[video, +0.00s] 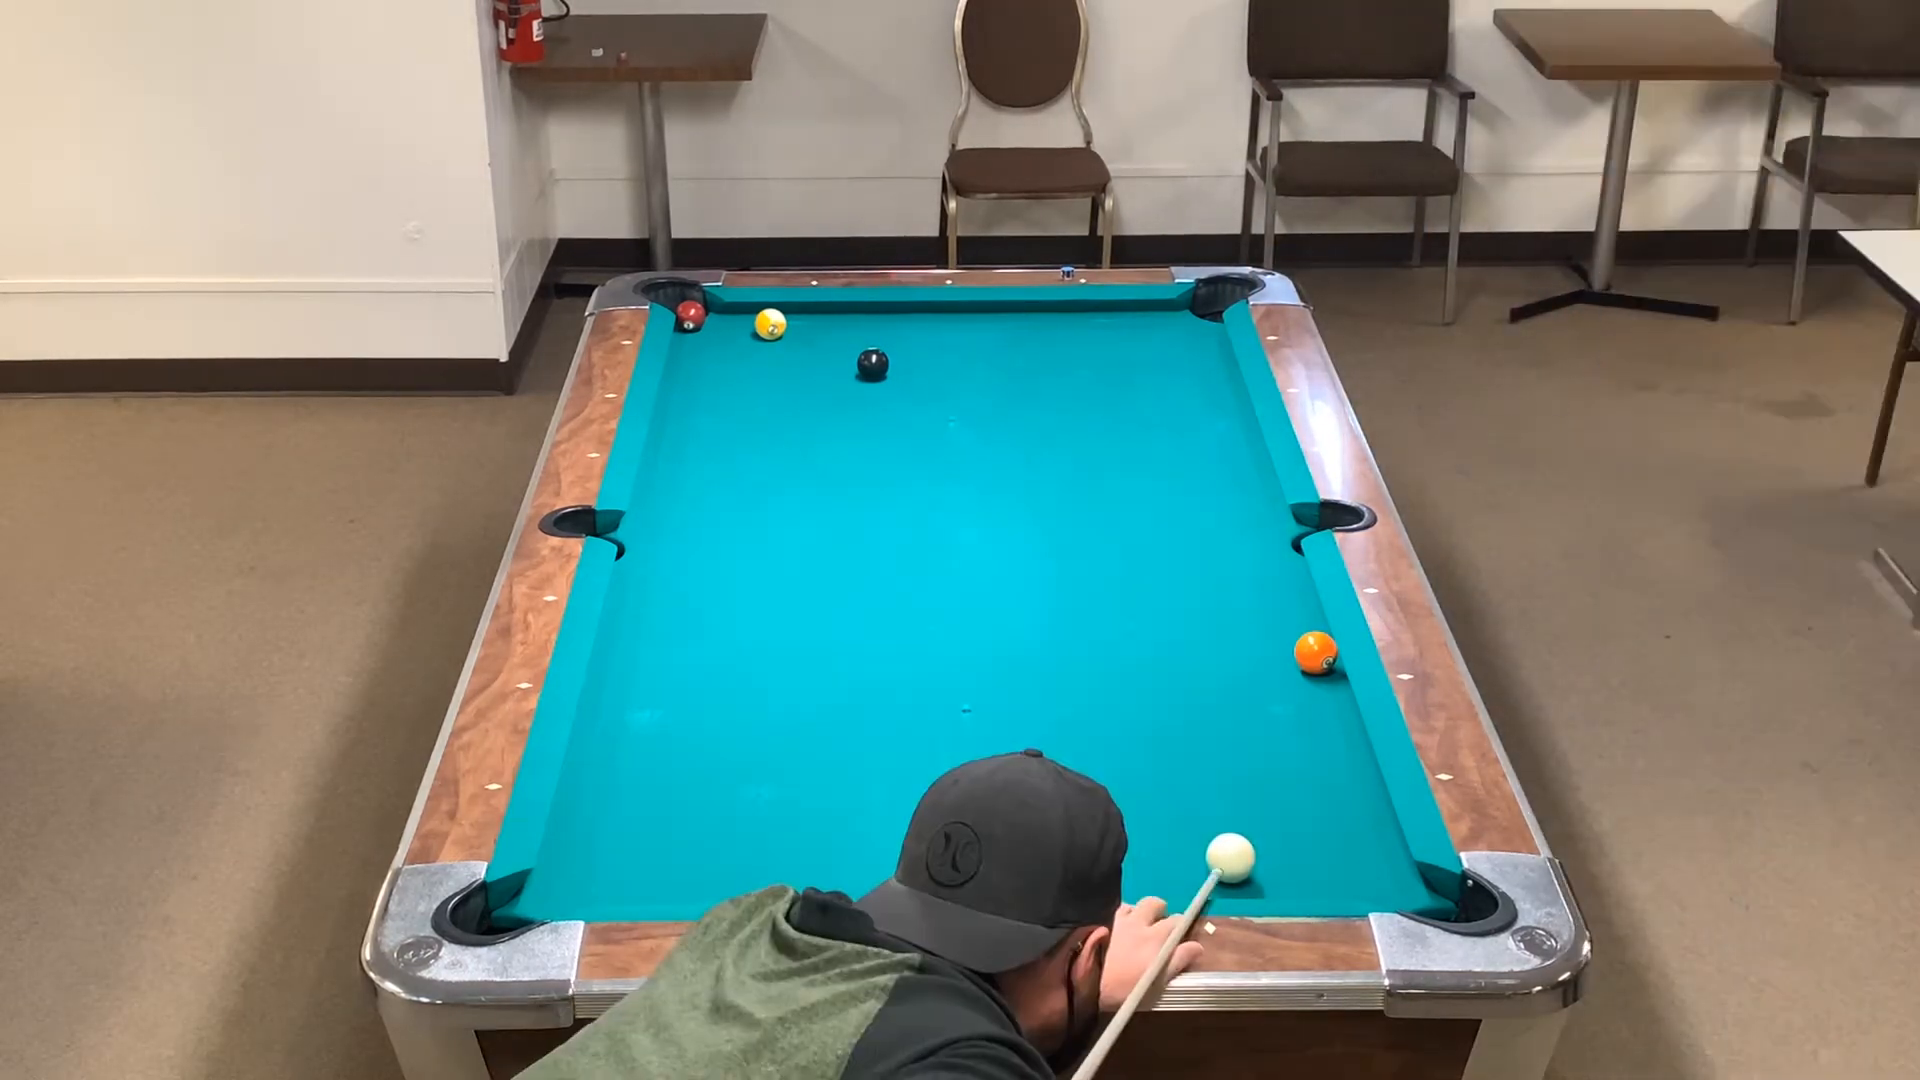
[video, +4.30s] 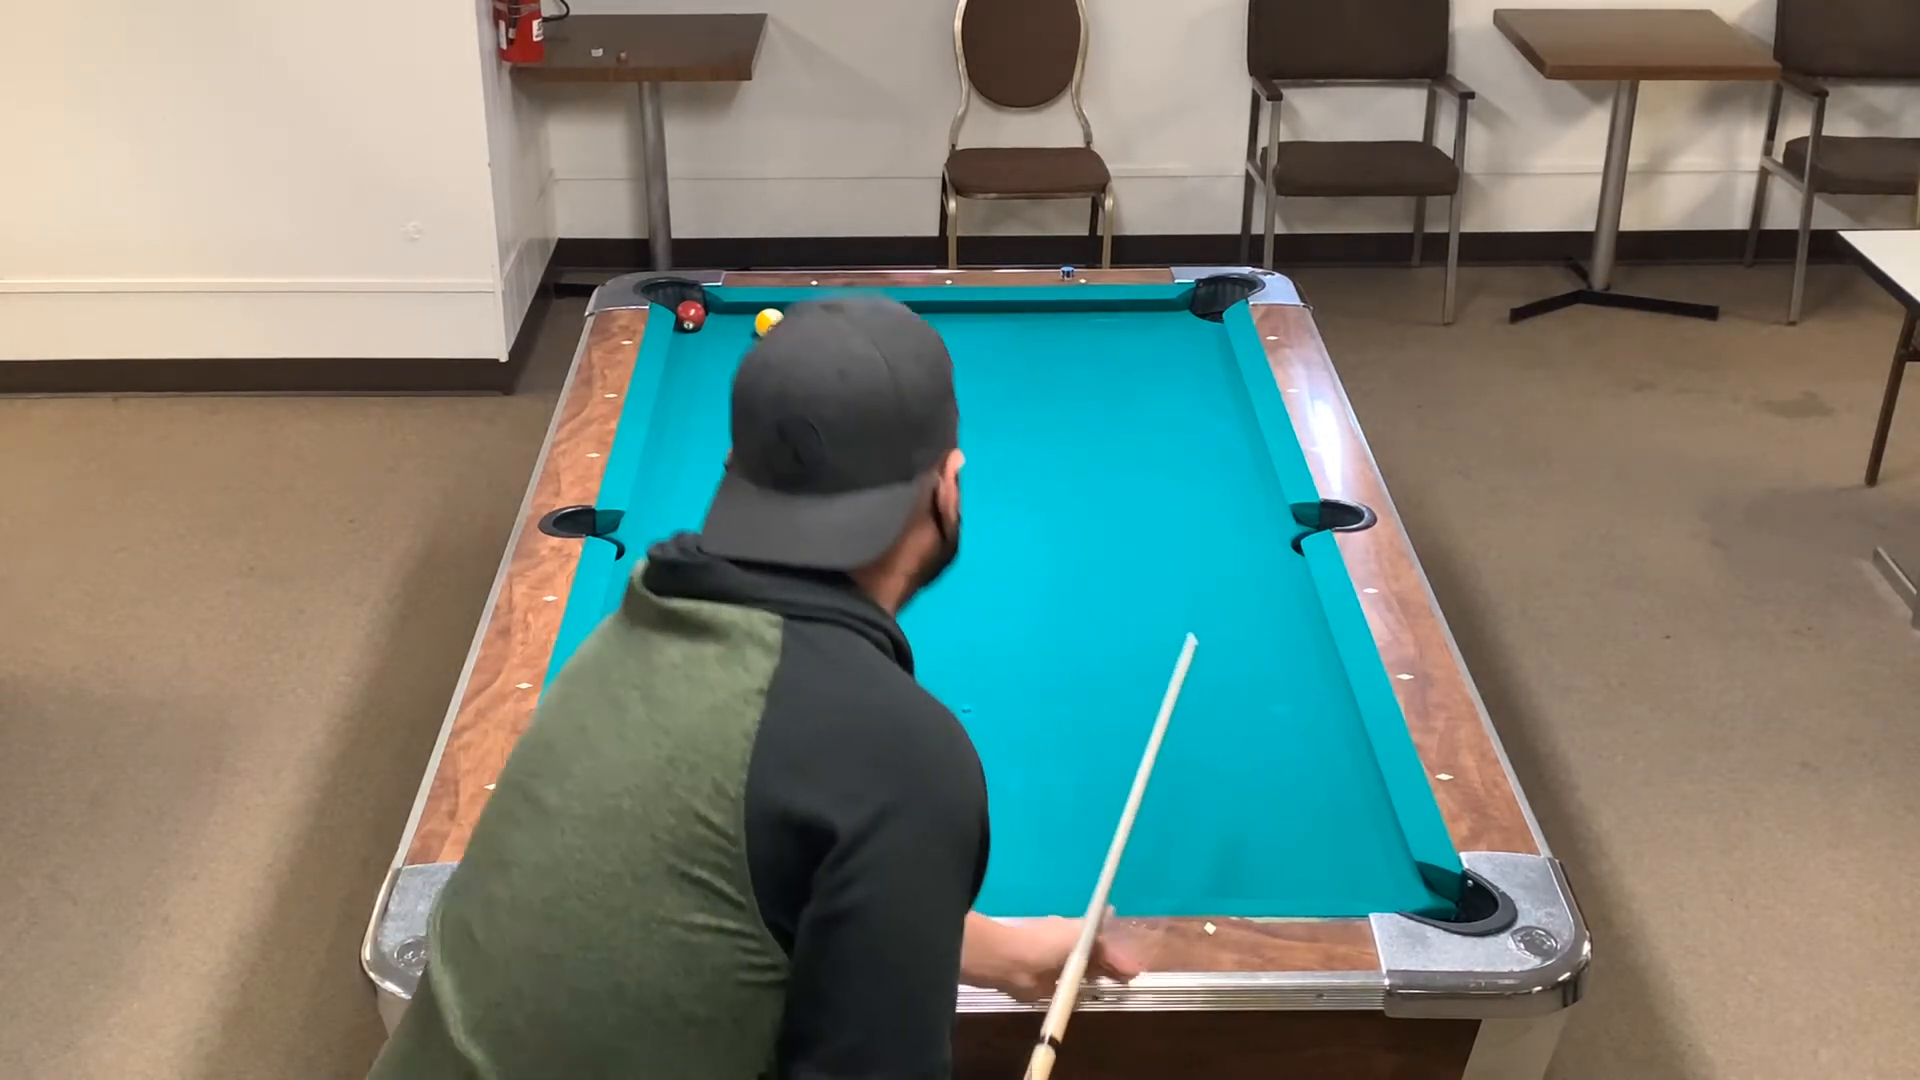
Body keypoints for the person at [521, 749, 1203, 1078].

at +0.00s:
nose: (1105, 947)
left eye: (1106, 936)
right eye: (1105, 935)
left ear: (909, 871)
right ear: (1079, 956)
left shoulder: (753, 916)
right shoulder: (964, 1056)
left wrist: (1078, 993)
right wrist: (1101, 1012)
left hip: (555, 1064)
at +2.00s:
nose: (1109, 951)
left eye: (1106, 938)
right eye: (1108, 941)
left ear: (910, 878)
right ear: (1083, 967)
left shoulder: (751, 922)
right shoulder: (970, 1062)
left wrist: (1074, 1003)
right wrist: (1110, 1017)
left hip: (566, 1065)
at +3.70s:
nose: (1068, 874)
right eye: (1069, 853)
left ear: (878, 786)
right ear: (1055, 867)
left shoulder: (754, 857)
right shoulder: (966, 1031)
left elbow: (859, 1004)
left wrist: (1059, 985)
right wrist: (1074, 988)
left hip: (510, 1052)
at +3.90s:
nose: (1056, 751)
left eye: (1053, 729)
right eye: (1057, 733)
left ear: (854, 688)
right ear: (1040, 759)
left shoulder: (750, 793)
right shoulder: (967, 971)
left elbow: (821, 947)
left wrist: (1057, 972)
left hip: (465, 1044)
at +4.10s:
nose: (1019, 613)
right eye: (1023, 592)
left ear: (806, 578)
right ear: (1003, 620)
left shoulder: (709, 709)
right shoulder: (942, 862)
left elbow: (800, 892)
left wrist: (1040, 955)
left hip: (430, 1048)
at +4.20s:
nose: (991, 552)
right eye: (991, 531)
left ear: (779, 519)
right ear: (974, 557)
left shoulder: (675, 670)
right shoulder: (926, 807)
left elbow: (773, 886)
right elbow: (885, 1068)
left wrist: (1026, 954)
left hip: (417, 1053)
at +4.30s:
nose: (962, 483)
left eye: (953, 458)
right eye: (959, 463)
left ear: (752, 461)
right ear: (942, 491)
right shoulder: (900, 755)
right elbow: (870, 1061)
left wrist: (1016, 952)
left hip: (425, 1047)